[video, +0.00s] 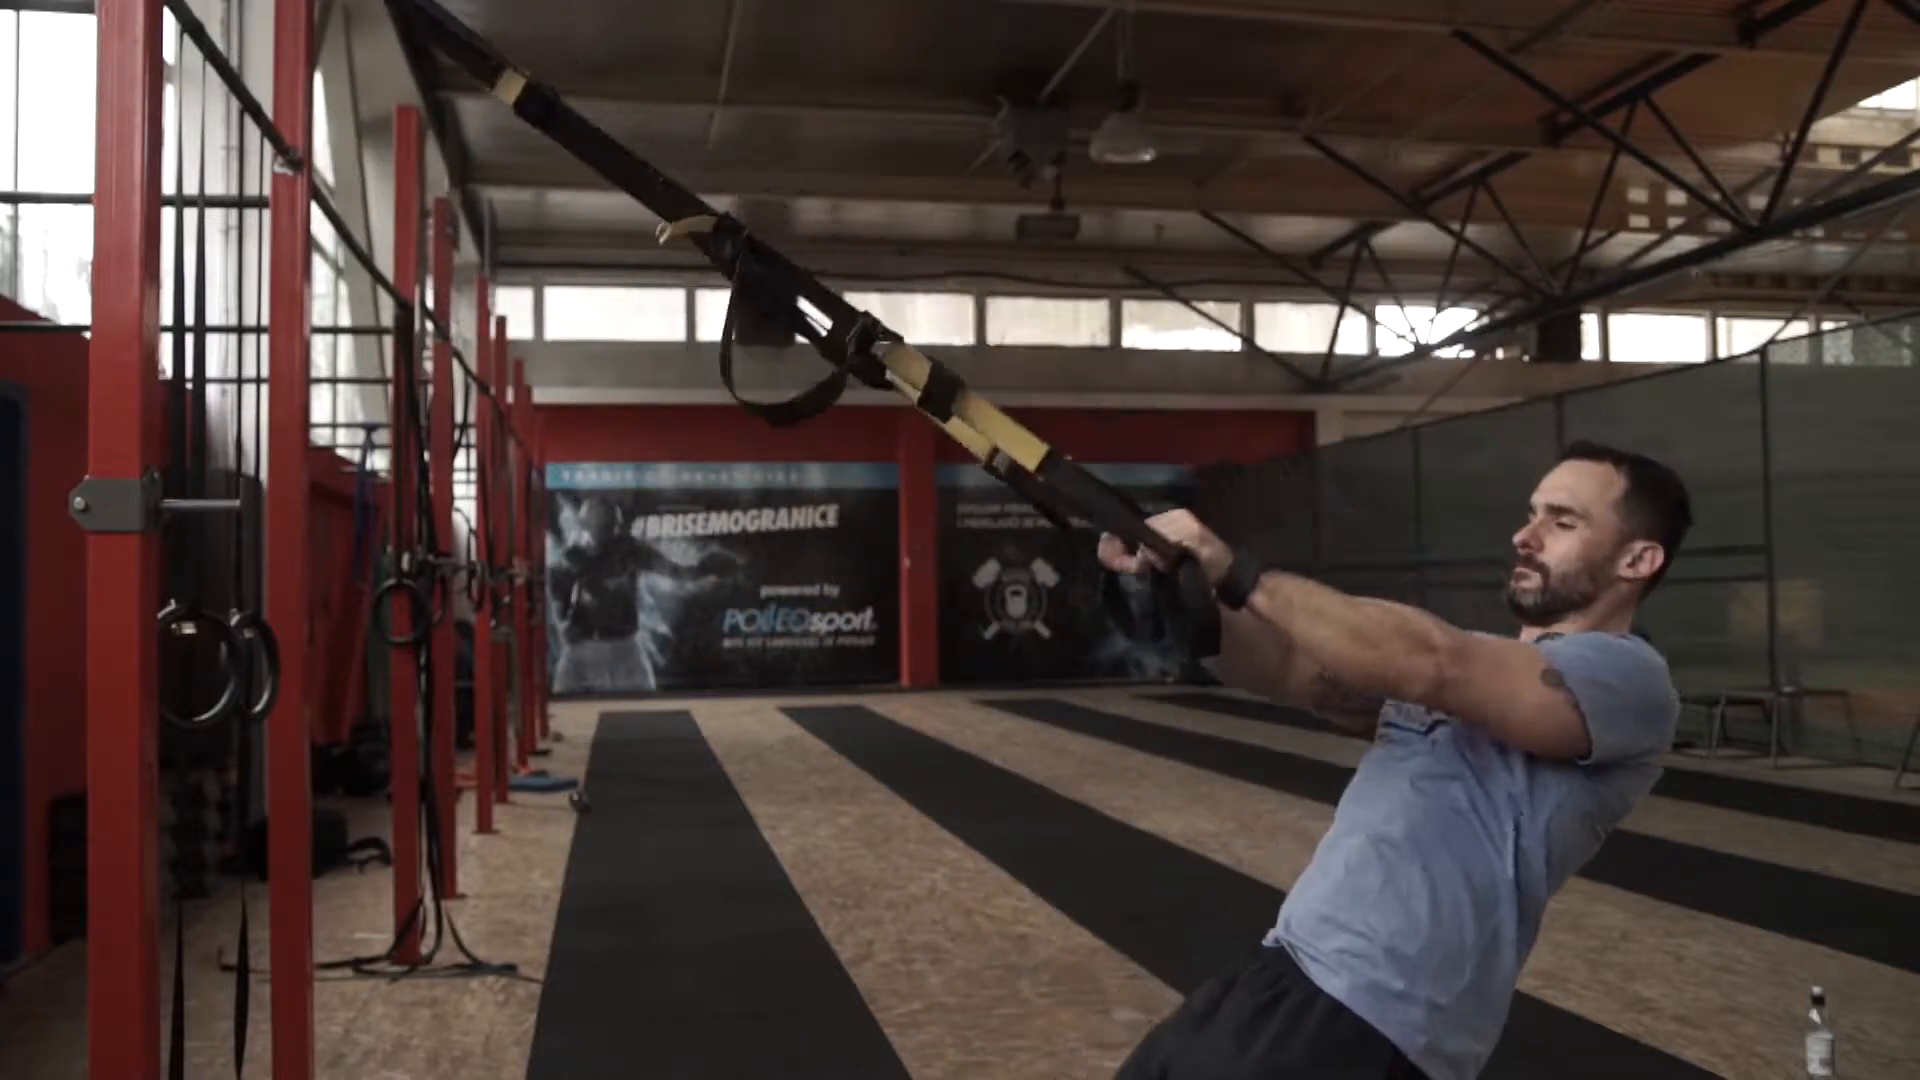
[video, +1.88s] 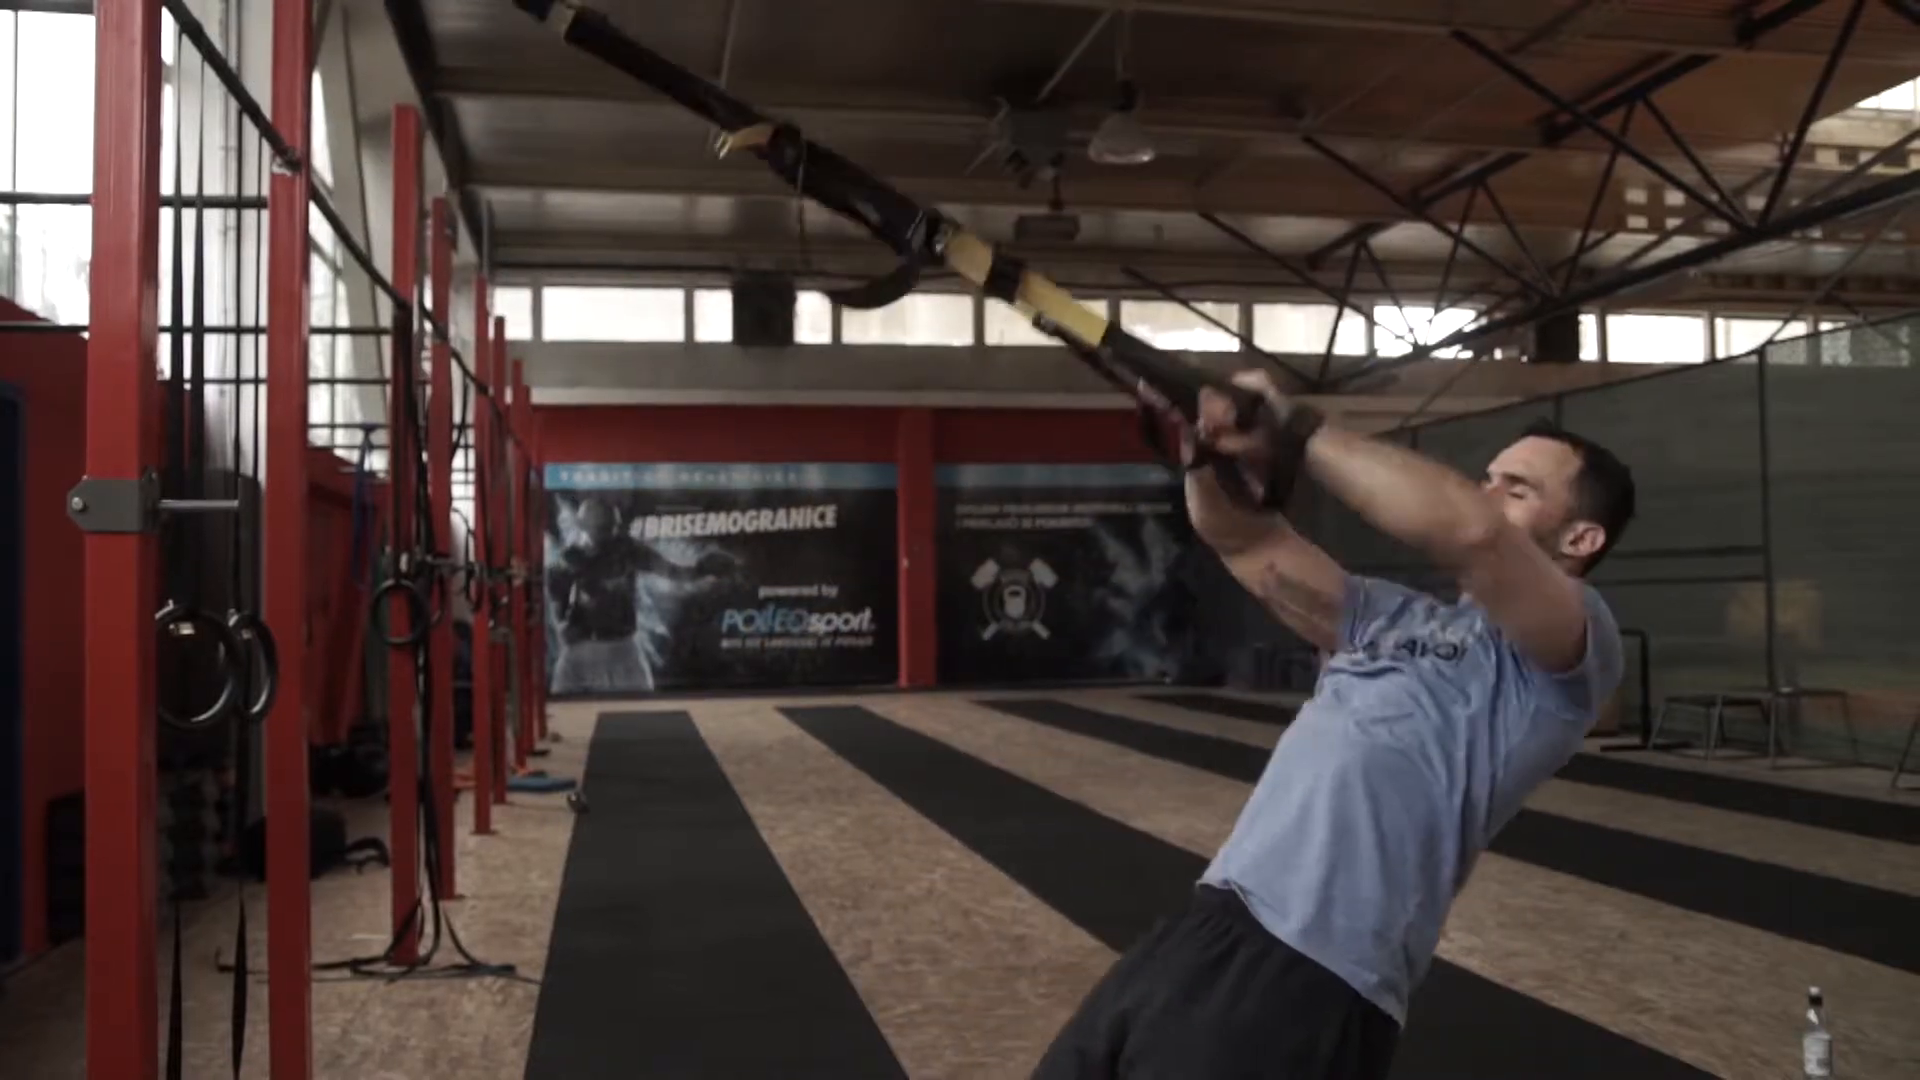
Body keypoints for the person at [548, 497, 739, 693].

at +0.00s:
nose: (600, 525)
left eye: (605, 518)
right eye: (593, 519)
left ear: (615, 519)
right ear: (583, 522)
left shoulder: (630, 549)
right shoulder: (574, 556)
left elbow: (673, 572)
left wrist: (702, 571)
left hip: (624, 646)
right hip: (580, 648)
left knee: (636, 713)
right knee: (572, 716)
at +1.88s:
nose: (600, 533)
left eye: (605, 525)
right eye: (593, 526)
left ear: (614, 523)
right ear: (582, 525)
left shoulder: (627, 549)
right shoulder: (571, 557)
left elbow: (669, 571)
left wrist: (699, 573)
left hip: (623, 648)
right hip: (579, 650)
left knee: (635, 716)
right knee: (571, 718)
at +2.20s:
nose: (583, 549)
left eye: (588, 542)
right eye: (577, 543)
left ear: (595, 540)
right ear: (563, 542)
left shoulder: (607, 566)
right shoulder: (549, 576)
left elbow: (651, 589)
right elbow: (539, 635)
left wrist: (680, 588)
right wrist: (551, 619)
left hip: (603, 669)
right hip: (558, 672)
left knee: (614, 740)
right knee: (549, 741)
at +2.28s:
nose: (580, 571)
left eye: (583, 564)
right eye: (573, 565)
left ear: (590, 561)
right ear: (558, 563)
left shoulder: (601, 586)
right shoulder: (541, 599)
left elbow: (645, 609)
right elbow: (534, 656)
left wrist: (675, 607)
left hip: (599, 689)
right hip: (553, 692)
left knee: (612, 759)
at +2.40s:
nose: (569, 598)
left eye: (573, 591)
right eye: (563, 592)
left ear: (580, 588)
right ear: (547, 590)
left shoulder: (590, 614)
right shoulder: (529, 627)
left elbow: (634, 636)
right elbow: (525, 690)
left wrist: (664, 636)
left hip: (588, 717)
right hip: (542, 721)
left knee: (600, 788)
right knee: (534, 790)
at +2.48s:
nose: (560, 605)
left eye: (564, 597)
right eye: (553, 598)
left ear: (571, 596)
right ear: (537, 597)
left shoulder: (581, 623)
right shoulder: (520, 636)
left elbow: (626, 647)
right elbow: (515, 699)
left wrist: (655, 645)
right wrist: (527, 678)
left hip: (578, 727)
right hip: (532, 730)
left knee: (590, 798)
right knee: (523, 800)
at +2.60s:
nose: (550, 613)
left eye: (554, 606)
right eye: (543, 607)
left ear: (561, 605)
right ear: (528, 607)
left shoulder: (573, 632)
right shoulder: (512, 645)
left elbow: (617, 656)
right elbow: (505, 707)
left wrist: (647, 655)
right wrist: (518, 683)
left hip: (569, 735)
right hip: (523, 739)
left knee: (580, 807)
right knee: (513, 808)